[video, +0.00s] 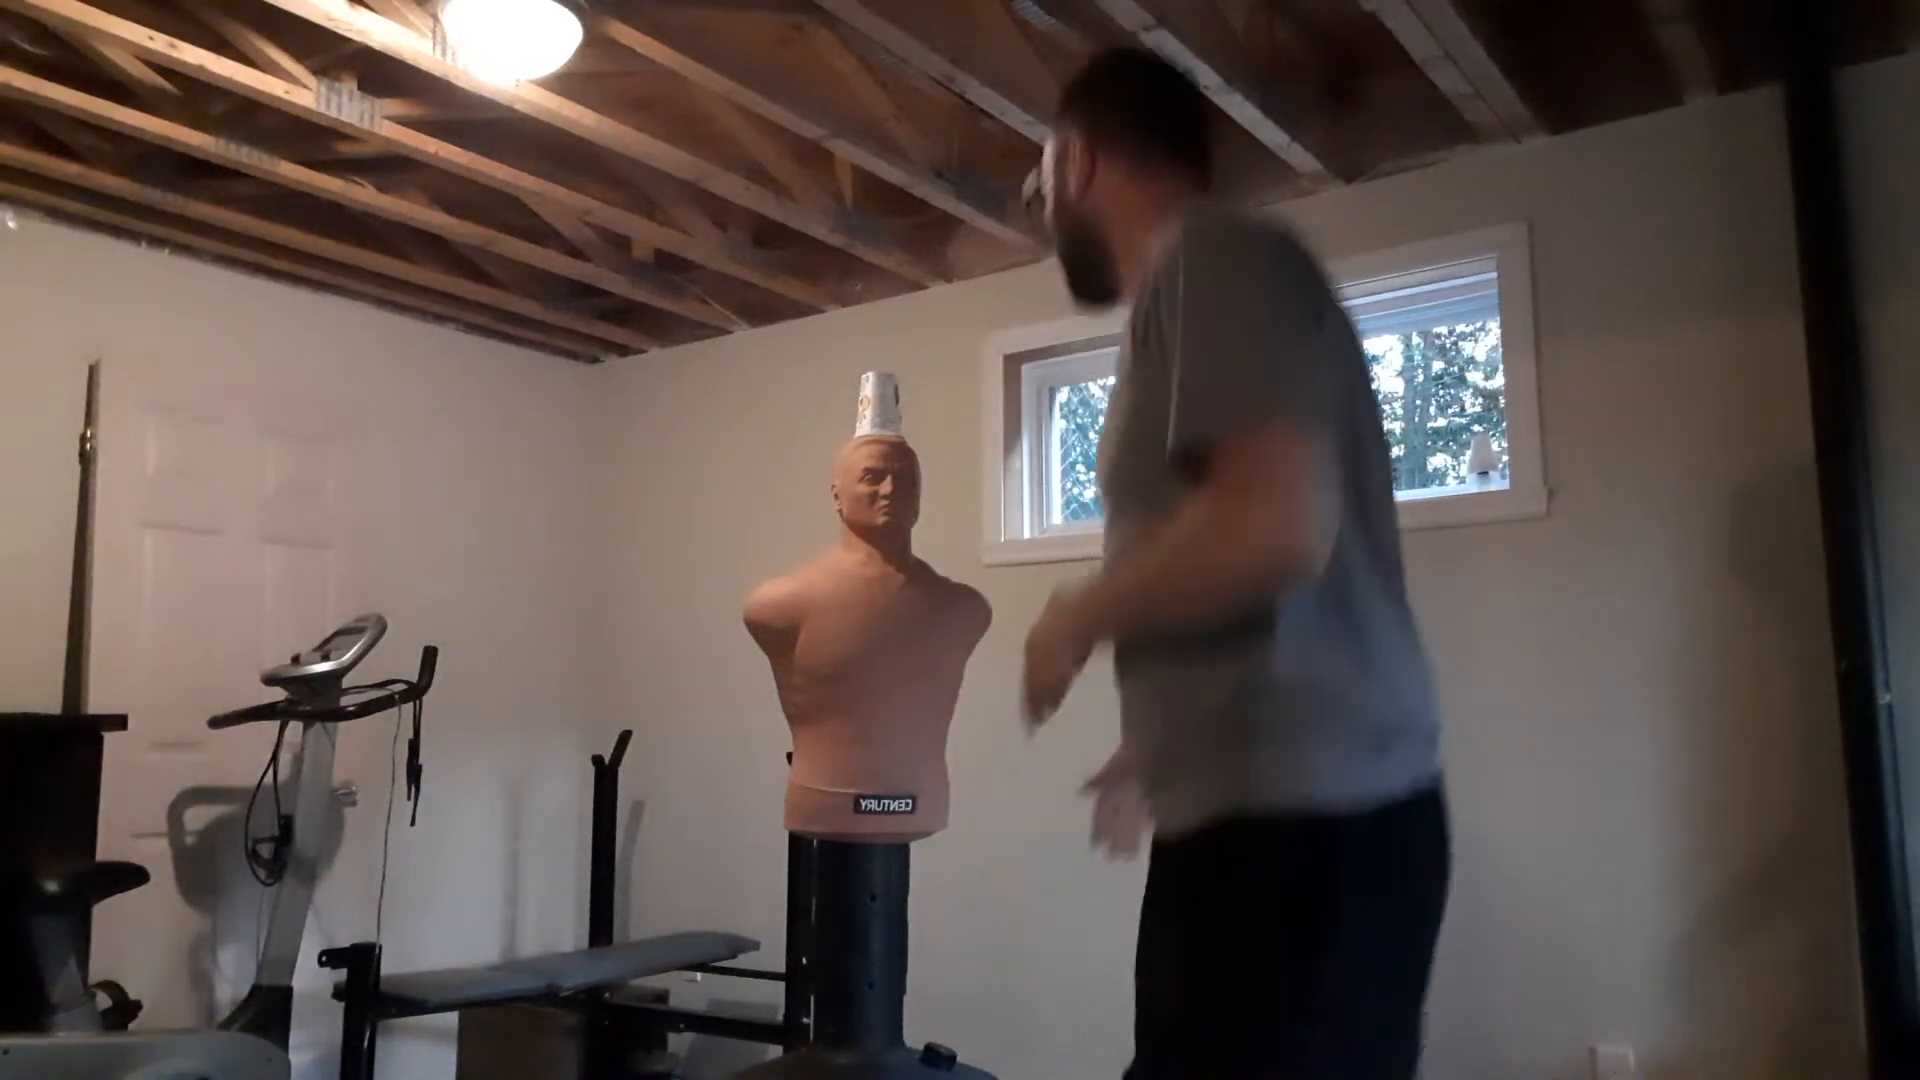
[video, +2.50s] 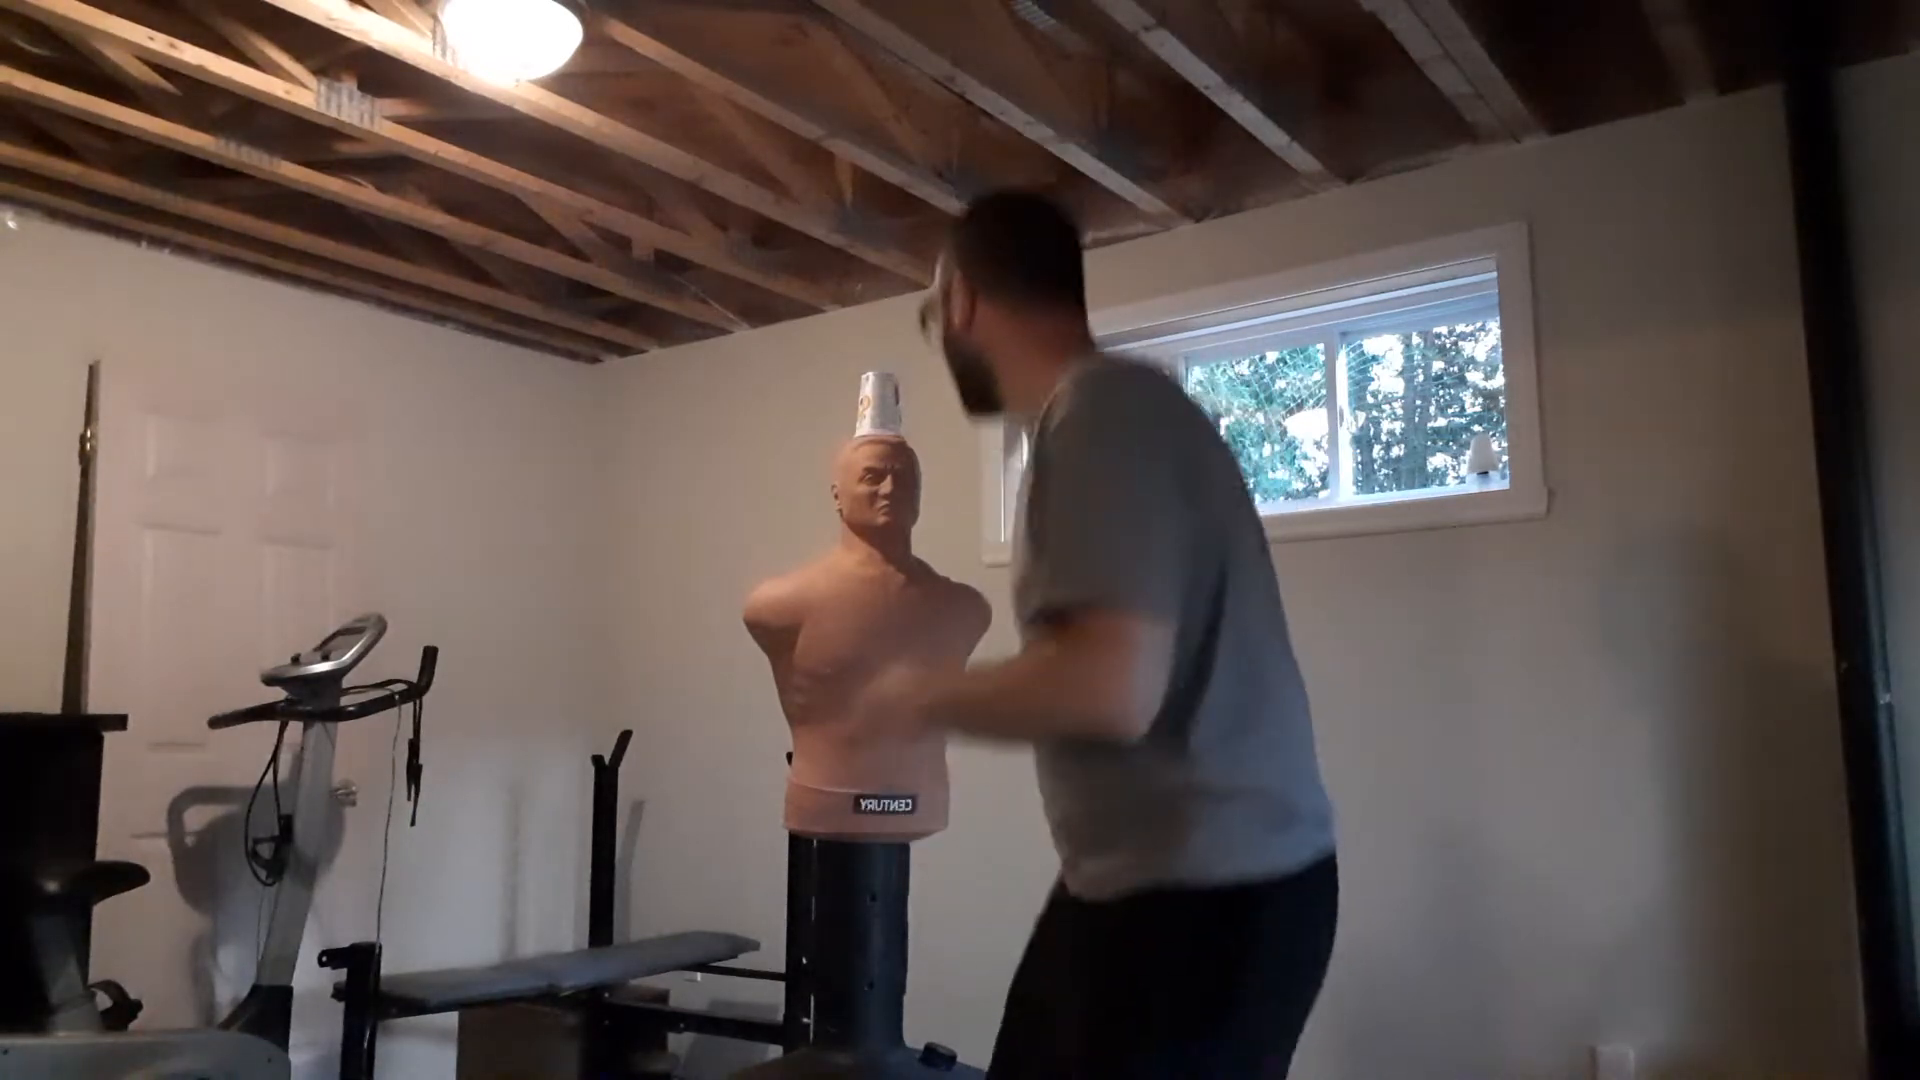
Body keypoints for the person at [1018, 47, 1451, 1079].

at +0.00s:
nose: (1050, 201)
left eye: (1053, 167)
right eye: (1050, 172)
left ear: (1089, 160)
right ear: (1183, 151)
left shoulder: (1219, 255)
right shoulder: (1204, 280)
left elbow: (1276, 518)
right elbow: (1259, 559)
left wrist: (1077, 612)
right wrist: (1165, 739)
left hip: (1302, 824)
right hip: (1259, 820)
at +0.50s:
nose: (1060, 204)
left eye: (1062, 171)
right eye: (1058, 179)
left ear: (1109, 161)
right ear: (1203, 153)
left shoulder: (1287, 269)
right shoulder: (1204, 332)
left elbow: (1332, 549)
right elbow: (1273, 550)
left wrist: (1085, 599)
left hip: (1337, 847)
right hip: (1240, 851)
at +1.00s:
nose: (1024, 266)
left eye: (1025, 235)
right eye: (1023, 242)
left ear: (1063, 218)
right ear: (1158, 210)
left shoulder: (1206, 309)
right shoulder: (1176, 353)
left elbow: (1271, 552)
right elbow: (1216, 632)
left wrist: (1046, 623)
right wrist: (1089, 744)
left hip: (1273, 863)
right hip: (1230, 860)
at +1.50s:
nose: (960, 319)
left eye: (960, 287)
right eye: (958, 293)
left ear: (993, 279)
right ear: (1087, 265)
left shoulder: (1142, 392)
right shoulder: (1103, 418)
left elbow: (1191, 669)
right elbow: (1134, 671)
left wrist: (986, 729)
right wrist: (1053, 822)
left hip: (1232, 893)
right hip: (1180, 888)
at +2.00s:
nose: (947, 329)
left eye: (946, 303)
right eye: (944, 307)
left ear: (980, 294)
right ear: (1074, 281)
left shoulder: (1149, 414)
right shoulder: (1090, 439)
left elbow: (1159, 686)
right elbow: (1101, 660)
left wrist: (943, 750)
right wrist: (1015, 767)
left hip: (1197, 892)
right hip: (1135, 884)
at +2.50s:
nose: (941, 340)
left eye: (939, 311)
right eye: (939, 315)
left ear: (968, 301)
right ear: (1065, 289)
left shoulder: (1106, 411)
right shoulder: (1107, 415)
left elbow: (1111, 685)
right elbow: (1114, 671)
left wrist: (928, 696)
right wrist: (940, 693)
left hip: (1196, 902)